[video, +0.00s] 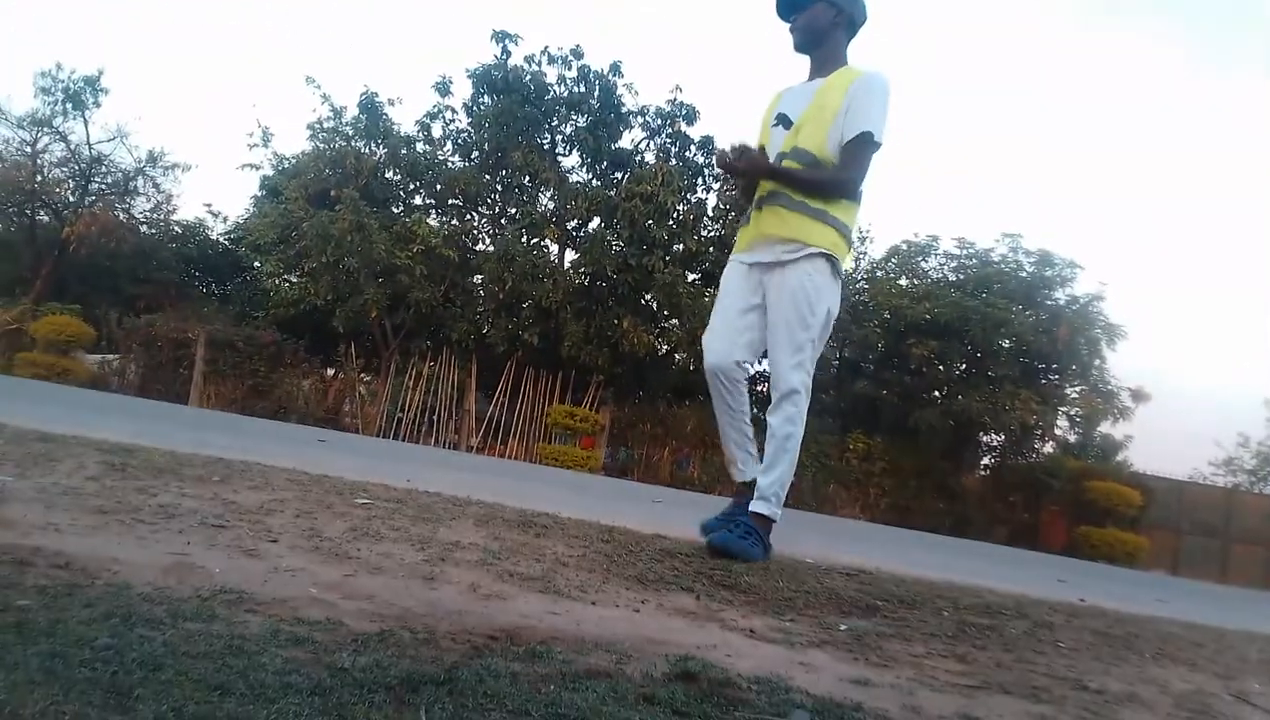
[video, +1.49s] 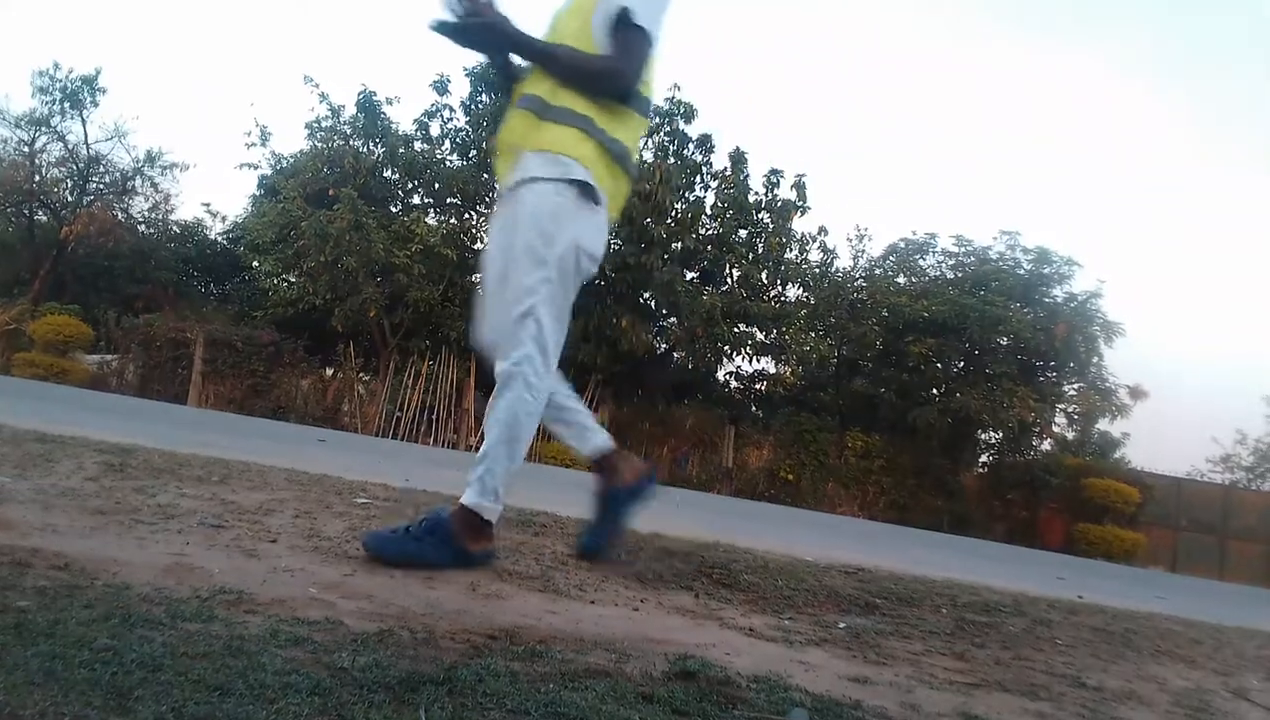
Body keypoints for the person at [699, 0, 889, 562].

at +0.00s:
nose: (792, 18)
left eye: (805, 8)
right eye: (792, 12)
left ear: (842, 16)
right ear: (804, 26)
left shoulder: (866, 86)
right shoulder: (782, 99)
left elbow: (847, 179)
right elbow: (760, 195)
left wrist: (767, 169)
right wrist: (743, 176)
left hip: (809, 253)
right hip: (751, 250)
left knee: (790, 381)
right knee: (721, 357)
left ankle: (761, 520)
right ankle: (748, 488)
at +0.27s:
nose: (785, 4)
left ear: (834, 7)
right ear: (799, 12)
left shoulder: (856, 70)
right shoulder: (771, 84)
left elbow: (839, 170)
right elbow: (743, 184)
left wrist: (749, 150)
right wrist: (729, 151)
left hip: (801, 249)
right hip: (741, 246)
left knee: (785, 383)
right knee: (712, 365)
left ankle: (758, 522)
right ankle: (681, 503)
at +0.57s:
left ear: (795, 1)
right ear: (767, 8)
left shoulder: (825, 52)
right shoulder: (738, 75)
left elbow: (818, 157)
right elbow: (716, 173)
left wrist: (725, 129)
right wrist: (693, 134)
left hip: (777, 239)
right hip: (714, 238)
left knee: (765, 384)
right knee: (696, 373)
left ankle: (757, 521)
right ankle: (670, 515)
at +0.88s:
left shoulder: (780, 32)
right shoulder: (692, 59)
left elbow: (774, 131)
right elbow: (665, 162)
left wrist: (675, 90)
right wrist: (655, 98)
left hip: (721, 205)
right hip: (663, 211)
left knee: (662, 328)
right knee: (667, 360)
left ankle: (732, 471)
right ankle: (669, 525)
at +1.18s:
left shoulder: (719, 6)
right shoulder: (645, 42)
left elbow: (705, 103)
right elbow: (613, 147)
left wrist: (607, 64)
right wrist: (598, 84)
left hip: (664, 201)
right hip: (617, 205)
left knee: (602, 344)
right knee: (650, 367)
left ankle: (510, 505)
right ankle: (671, 524)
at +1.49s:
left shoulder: (633, 5)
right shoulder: (573, 21)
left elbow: (619, 77)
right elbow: (540, 104)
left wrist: (514, 40)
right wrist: (495, 49)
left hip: (565, 185)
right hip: (524, 187)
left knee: (527, 350)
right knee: (497, 340)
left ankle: (473, 521)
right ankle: (614, 465)